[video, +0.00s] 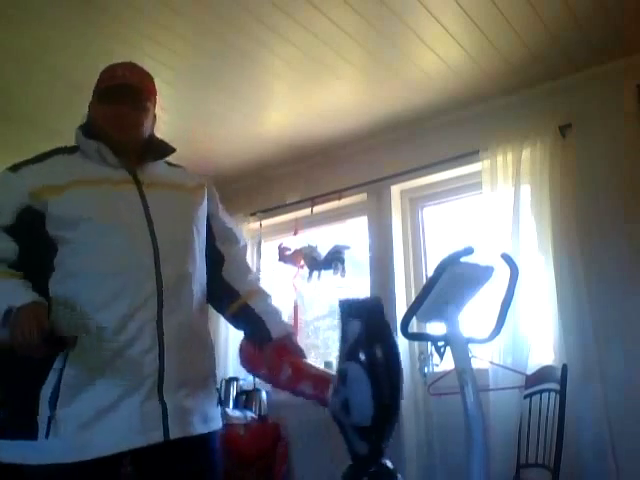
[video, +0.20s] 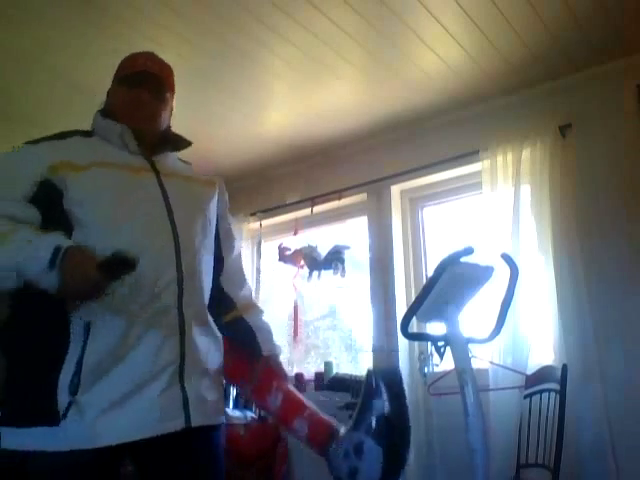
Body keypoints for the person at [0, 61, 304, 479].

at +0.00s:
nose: (126, 98)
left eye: (138, 93)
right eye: (112, 92)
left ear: (155, 111)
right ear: (91, 107)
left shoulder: (195, 192)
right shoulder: (31, 183)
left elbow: (233, 278)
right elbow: (1, 260)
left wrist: (278, 336)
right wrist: (17, 303)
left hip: (190, 423)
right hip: (83, 431)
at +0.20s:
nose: (150, 89)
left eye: (161, 86)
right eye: (137, 80)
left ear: (172, 108)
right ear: (108, 94)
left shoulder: (205, 190)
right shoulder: (39, 162)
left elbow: (232, 293)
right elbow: (4, 235)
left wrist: (261, 357)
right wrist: (52, 261)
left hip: (189, 418)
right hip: (73, 423)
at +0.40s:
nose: (202, 104)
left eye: (213, 100)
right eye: (188, 90)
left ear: (218, 120)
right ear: (159, 99)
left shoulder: (236, 207)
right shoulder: (91, 153)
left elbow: (239, 323)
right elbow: (14, 210)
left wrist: (253, 403)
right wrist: (105, 241)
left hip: (212, 445)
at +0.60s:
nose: (250, 115)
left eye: (258, 106)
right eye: (238, 100)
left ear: (263, 115)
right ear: (206, 97)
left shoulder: (269, 195)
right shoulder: (140, 146)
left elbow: (269, 314)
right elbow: (68, 211)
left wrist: (279, 426)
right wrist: (161, 233)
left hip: (244, 439)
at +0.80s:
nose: (282, 115)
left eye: (294, 108)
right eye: (272, 101)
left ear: (301, 118)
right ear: (239, 98)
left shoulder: (313, 197)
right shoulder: (173, 154)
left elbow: (322, 312)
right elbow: (108, 222)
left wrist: (349, 390)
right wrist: (208, 234)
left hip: (296, 446)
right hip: (181, 443)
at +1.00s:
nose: (302, 96)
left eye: (309, 88)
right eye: (289, 84)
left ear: (314, 101)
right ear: (250, 87)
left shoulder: (339, 186)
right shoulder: (181, 152)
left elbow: (379, 288)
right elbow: (122, 223)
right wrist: (219, 238)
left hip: (308, 430)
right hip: (194, 426)